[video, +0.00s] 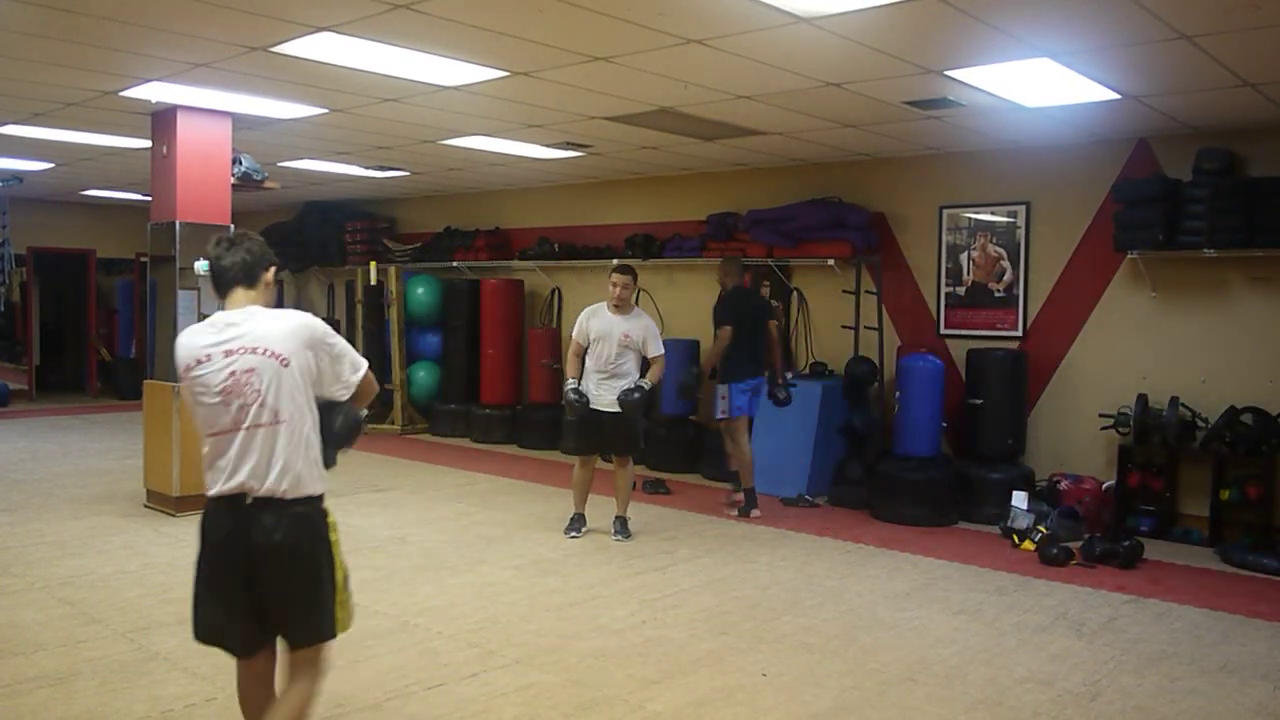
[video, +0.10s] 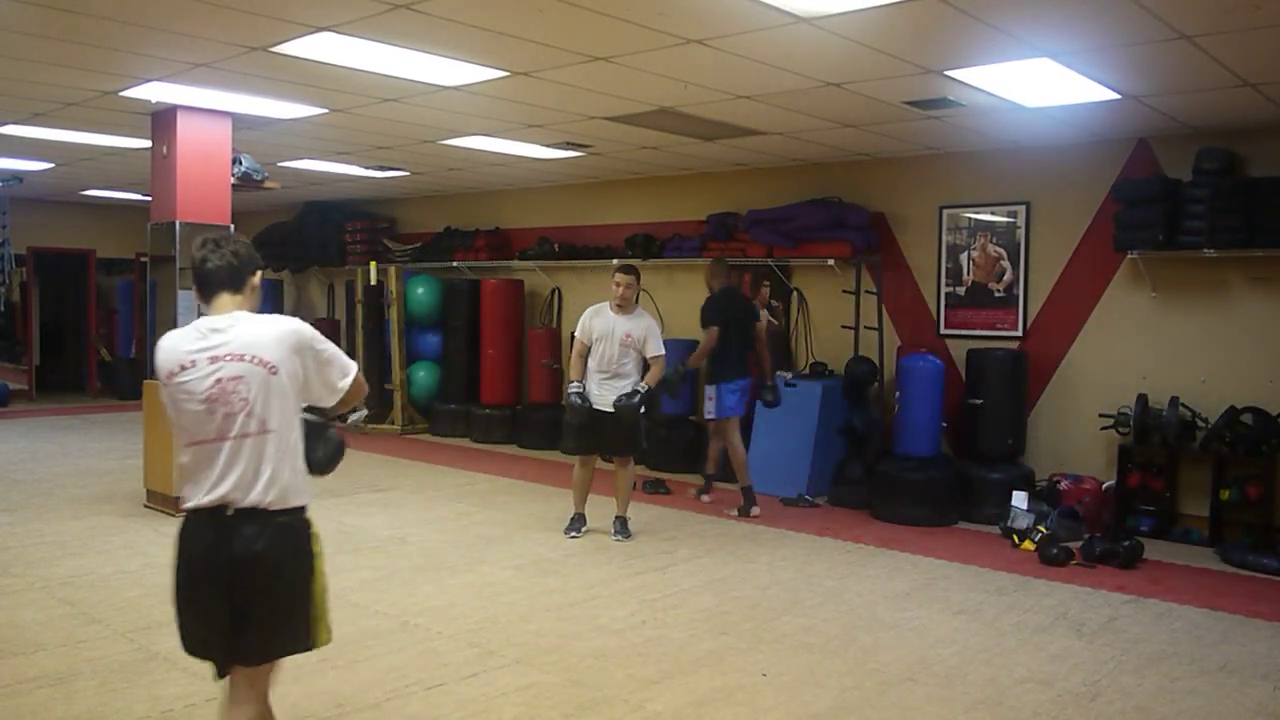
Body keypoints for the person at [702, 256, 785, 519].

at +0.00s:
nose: (718, 278)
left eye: (720, 274)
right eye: (720, 273)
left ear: (725, 275)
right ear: (742, 274)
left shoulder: (726, 301)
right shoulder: (758, 299)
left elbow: (723, 337)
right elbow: (773, 334)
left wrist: (708, 363)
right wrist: (777, 371)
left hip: (734, 376)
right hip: (756, 374)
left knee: (738, 435)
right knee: (734, 430)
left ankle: (750, 500)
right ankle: (740, 485)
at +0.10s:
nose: (706, 281)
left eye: (707, 277)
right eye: (708, 277)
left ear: (711, 278)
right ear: (728, 276)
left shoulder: (712, 303)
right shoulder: (746, 302)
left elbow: (710, 341)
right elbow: (761, 341)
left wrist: (687, 365)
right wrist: (768, 378)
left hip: (722, 378)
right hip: (743, 376)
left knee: (732, 435)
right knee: (716, 431)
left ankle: (749, 499)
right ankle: (707, 484)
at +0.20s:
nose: (694, 283)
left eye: (695, 279)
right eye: (695, 278)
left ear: (699, 280)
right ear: (715, 278)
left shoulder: (701, 303)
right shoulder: (731, 302)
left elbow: (699, 340)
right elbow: (749, 336)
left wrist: (678, 365)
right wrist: (755, 376)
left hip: (707, 377)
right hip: (728, 376)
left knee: (715, 433)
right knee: (705, 430)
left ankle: (742, 490)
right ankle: (700, 486)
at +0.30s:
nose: (679, 281)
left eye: (680, 277)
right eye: (680, 277)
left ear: (687, 277)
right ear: (701, 276)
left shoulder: (691, 300)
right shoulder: (720, 300)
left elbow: (690, 337)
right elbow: (730, 333)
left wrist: (673, 364)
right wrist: (720, 361)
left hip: (693, 374)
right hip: (715, 373)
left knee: (685, 429)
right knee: (700, 429)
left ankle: (722, 476)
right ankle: (699, 487)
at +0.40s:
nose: (665, 282)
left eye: (666, 277)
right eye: (665, 277)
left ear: (674, 277)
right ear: (686, 276)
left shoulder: (679, 300)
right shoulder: (707, 298)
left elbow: (683, 335)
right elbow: (722, 333)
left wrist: (670, 368)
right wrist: (716, 364)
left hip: (685, 373)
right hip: (706, 372)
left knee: (661, 424)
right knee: (694, 425)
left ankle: (688, 468)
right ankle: (698, 484)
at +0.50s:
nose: (647, 282)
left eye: (650, 277)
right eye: (647, 277)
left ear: (662, 276)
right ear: (669, 275)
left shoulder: (668, 299)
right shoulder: (692, 298)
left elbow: (674, 335)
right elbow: (709, 333)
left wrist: (665, 368)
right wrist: (702, 361)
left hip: (672, 372)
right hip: (695, 371)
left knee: (649, 420)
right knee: (691, 424)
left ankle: (654, 478)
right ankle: (698, 484)